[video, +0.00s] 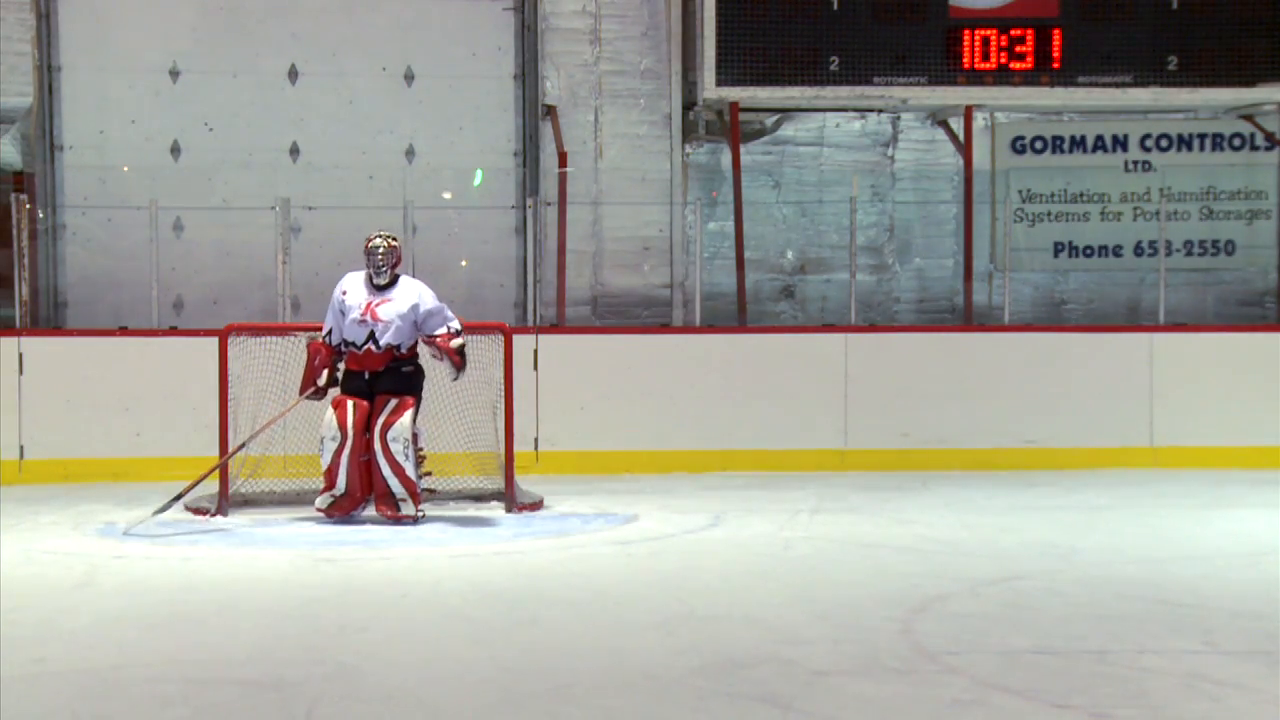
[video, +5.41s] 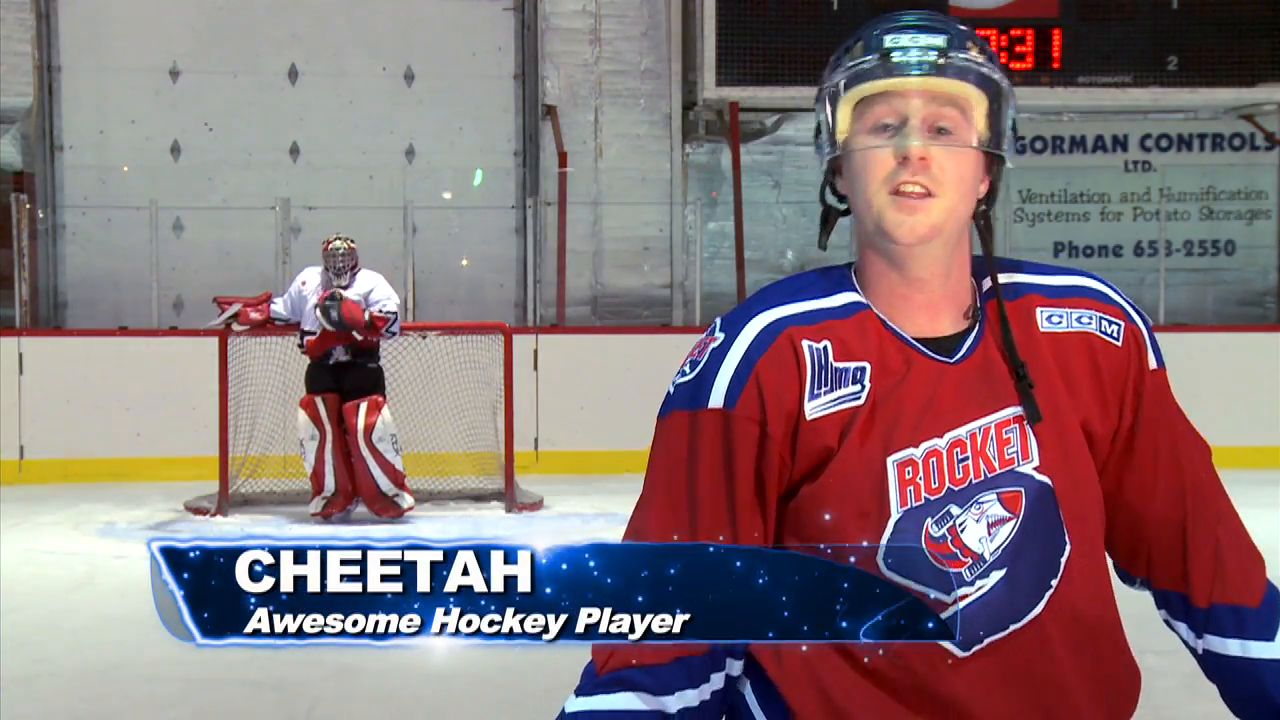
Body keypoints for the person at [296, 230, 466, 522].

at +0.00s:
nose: (380, 262)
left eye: (386, 256)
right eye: (374, 256)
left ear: (397, 259)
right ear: (366, 259)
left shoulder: (416, 293)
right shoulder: (348, 286)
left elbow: (446, 326)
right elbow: (332, 336)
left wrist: (452, 346)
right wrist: (323, 373)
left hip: (398, 379)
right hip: (356, 378)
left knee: (390, 434)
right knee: (341, 431)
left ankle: (399, 504)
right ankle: (342, 501)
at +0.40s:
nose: (359, 266)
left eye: (364, 260)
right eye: (353, 260)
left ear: (373, 260)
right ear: (343, 263)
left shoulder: (394, 287)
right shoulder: (325, 292)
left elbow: (428, 305)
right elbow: (309, 339)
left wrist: (459, 302)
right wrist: (310, 374)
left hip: (382, 376)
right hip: (340, 378)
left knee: (391, 434)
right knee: (335, 436)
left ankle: (399, 501)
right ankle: (337, 501)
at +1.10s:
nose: (343, 261)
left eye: (347, 255)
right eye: (336, 256)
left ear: (356, 256)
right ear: (326, 259)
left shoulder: (376, 285)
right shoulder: (313, 287)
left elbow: (407, 308)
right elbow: (292, 319)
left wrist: (441, 306)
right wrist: (304, 332)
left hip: (367, 371)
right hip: (326, 374)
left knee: (384, 426)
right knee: (331, 429)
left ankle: (384, 496)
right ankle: (335, 498)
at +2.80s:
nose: (347, 263)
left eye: (352, 257)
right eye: (341, 257)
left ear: (361, 259)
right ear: (331, 260)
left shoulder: (379, 286)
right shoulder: (313, 288)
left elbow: (411, 309)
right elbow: (288, 318)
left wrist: (445, 308)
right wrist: (264, 319)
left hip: (368, 373)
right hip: (326, 375)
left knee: (385, 431)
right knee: (330, 435)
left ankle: (386, 500)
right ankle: (333, 502)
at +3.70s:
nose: (337, 264)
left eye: (342, 258)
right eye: (331, 258)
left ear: (352, 260)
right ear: (322, 260)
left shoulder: (370, 286)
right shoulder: (304, 287)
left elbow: (400, 315)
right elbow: (271, 309)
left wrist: (417, 339)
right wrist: (236, 314)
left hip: (365, 373)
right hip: (322, 376)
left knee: (376, 432)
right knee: (326, 435)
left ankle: (391, 500)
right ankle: (334, 501)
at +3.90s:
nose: (334, 262)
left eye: (339, 256)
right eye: (328, 257)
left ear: (347, 259)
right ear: (318, 259)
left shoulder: (368, 287)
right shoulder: (303, 288)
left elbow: (395, 327)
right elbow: (272, 308)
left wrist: (382, 356)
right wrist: (235, 308)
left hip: (361, 374)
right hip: (321, 375)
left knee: (370, 433)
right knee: (327, 435)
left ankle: (390, 499)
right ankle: (335, 499)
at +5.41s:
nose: (339, 265)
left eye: (344, 259)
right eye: (333, 260)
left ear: (355, 259)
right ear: (325, 261)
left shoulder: (372, 282)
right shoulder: (308, 280)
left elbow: (391, 318)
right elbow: (285, 309)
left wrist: (364, 320)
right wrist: (252, 311)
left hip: (362, 368)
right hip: (322, 369)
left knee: (367, 430)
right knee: (323, 432)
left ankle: (390, 498)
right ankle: (331, 499)